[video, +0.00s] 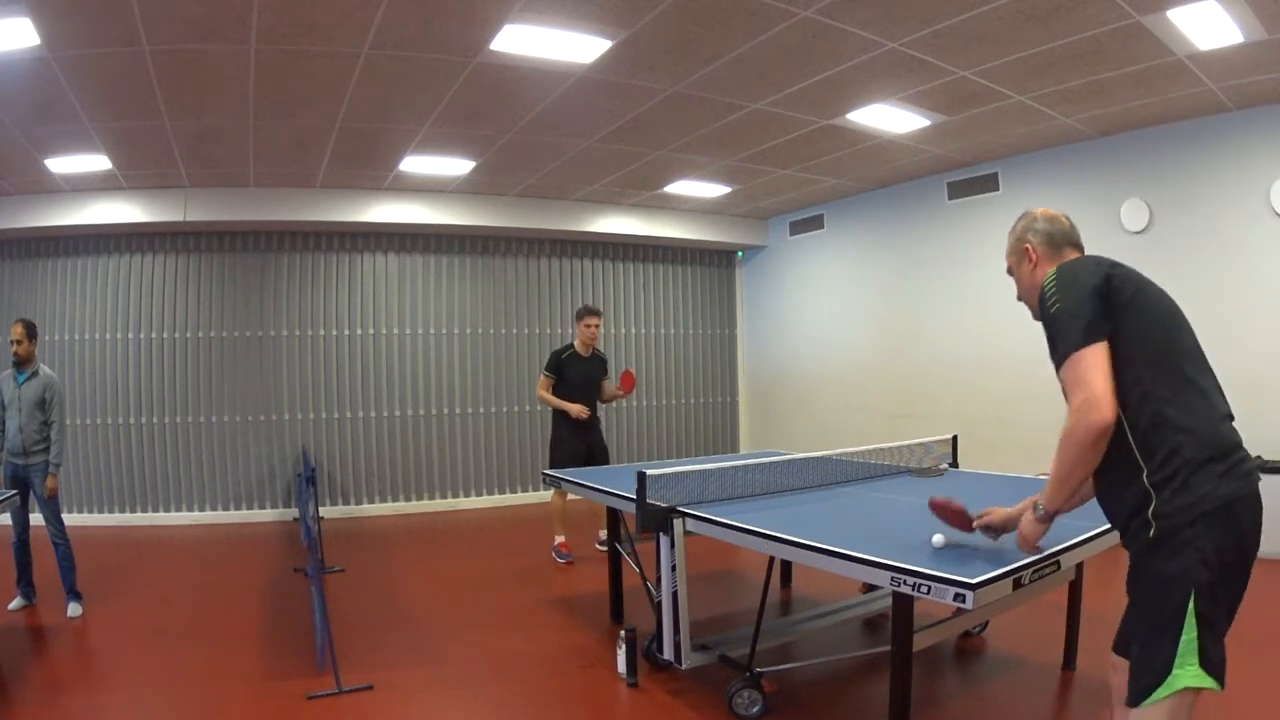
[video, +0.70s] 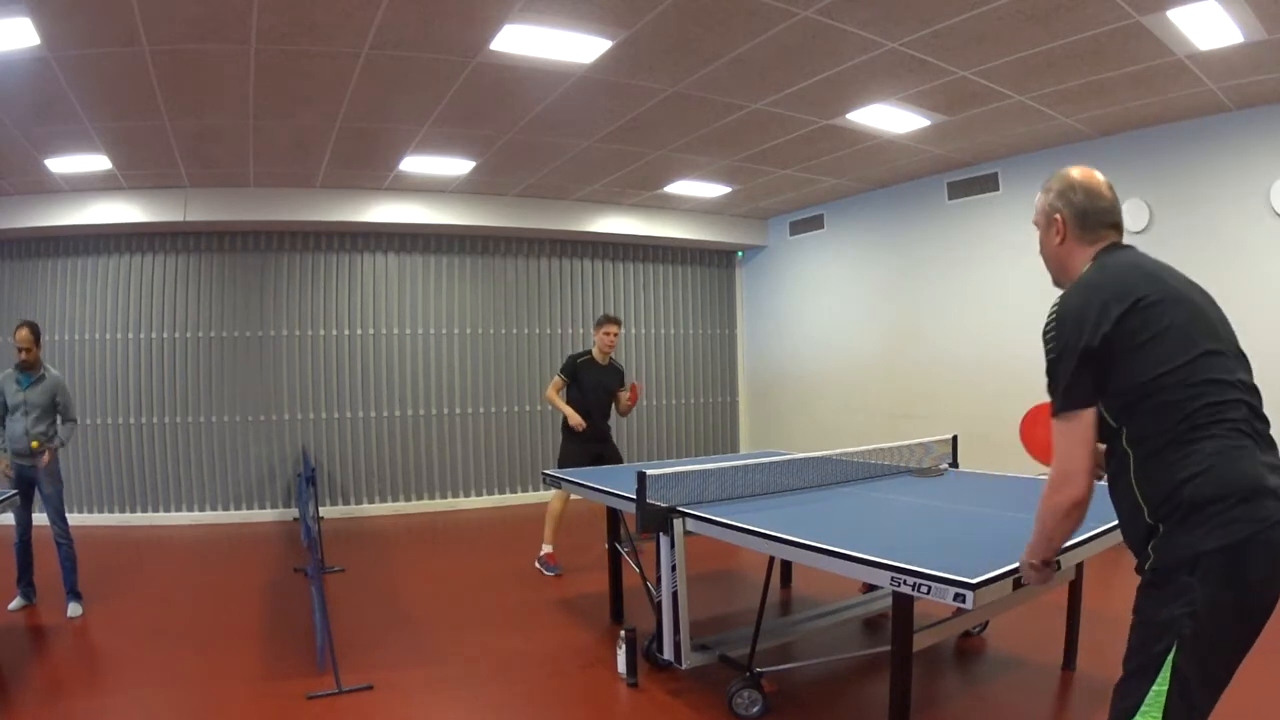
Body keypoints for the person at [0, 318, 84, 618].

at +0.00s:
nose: (14, 347)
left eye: (19, 342)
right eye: (11, 343)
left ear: (34, 344)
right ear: (10, 345)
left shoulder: (48, 380)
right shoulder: (5, 380)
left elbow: (57, 429)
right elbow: (2, 423)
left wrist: (53, 472)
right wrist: (2, 465)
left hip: (40, 465)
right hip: (12, 465)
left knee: (57, 533)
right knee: (19, 534)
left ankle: (73, 596)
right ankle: (26, 593)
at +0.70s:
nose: (22, 355)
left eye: (27, 349)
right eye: (18, 349)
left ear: (39, 346)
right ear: (13, 347)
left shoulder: (54, 381)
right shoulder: (5, 380)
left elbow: (70, 421)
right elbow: (2, 420)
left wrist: (55, 447)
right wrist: (2, 455)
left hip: (45, 461)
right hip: (15, 462)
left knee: (60, 530)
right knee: (22, 532)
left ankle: (73, 596)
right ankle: (25, 593)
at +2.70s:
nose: (17, 343)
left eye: (23, 338)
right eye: (15, 338)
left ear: (38, 343)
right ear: (15, 343)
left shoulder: (50, 381)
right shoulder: (7, 379)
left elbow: (59, 427)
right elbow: (4, 419)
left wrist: (32, 443)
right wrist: (6, 446)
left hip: (39, 464)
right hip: (11, 464)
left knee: (55, 531)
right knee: (20, 532)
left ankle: (73, 596)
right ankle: (26, 592)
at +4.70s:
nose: (38, 355)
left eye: (43, 349)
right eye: (34, 349)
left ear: (52, 349)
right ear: (28, 349)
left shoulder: (59, 388)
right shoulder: (13, 377)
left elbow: (68, 424)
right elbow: (3, 422)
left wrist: (74, 448)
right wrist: (5, 464)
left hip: (50, 463)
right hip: (20, 464)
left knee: (62, 531)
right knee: (23, 533)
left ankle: (73, 596)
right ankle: (26, 593)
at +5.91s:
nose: (18, 343)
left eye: (24, 338)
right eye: (16, 338)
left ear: (38, 343)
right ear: (14, 343)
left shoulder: (53, 384)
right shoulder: (6, 380)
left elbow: (61, 428)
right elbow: (4, 416)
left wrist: (42, 449)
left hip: (40, 464)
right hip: (11, 464)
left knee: (57, 533)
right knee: (19, 533)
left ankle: (72, 596)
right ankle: (26, 593)